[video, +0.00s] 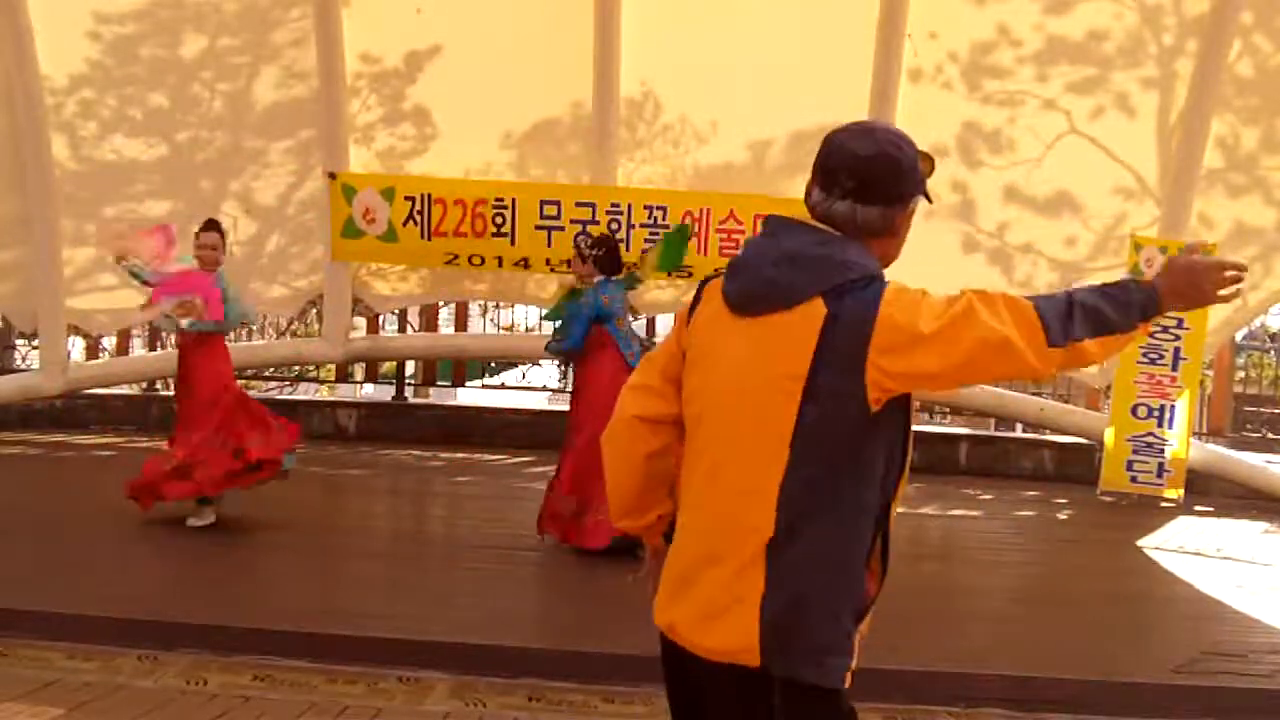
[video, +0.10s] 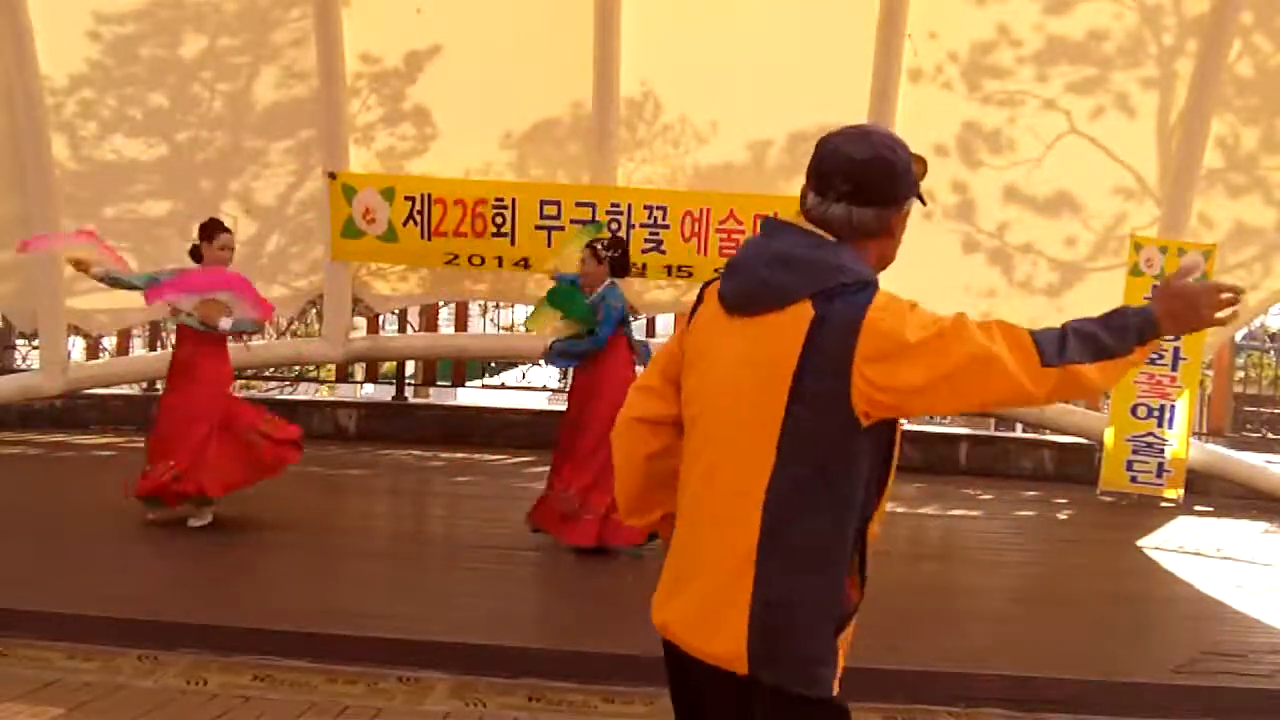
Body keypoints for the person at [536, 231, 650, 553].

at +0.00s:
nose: (573, 264)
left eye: (578, 260)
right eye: (575, 259)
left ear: (593, 263)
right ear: (606, 263)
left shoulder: (588, 296)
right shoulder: (617, 289)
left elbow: (571, 341)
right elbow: (638, 276)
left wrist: (553, 346)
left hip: (599, 376)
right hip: (626, 372)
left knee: (590, 447)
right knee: (615, 445)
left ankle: (592, 526)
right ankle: (616, 525)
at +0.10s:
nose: (581, 267)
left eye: (587, 262)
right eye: (582, 261)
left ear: (605, 267)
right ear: (593, 264)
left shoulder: (612, 296)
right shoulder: (589, 291)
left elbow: (597, 340)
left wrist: (554, 349)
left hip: (612, 378)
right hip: (591, 375)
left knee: (594, 447)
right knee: (585, 446)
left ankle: (597, 527)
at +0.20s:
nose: (589, 268)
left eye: (597, 262)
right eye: (589, 262)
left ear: (617, 266)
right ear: (593, 264)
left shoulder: (623, 303)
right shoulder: (589, 294)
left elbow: (611, 346)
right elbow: (556, 285)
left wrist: (561, 351)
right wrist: (513, 277)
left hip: (614, 381)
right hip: (587, 378)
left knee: (595, 449)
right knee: (576, 446)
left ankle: (597, 527)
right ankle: (567, 522)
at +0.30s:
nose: (605, 264)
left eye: (613, 259)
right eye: (601, 257)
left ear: (625, 265)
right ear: (594, 260)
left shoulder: (630, 303)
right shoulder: (580, 290)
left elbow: (639, 343)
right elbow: (541, 281)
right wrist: (497, 277)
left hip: (616, 383)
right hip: (580, 380)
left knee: (607, 447)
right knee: (570, 444)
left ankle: (608, 520)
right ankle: (562, 519)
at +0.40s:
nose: (626, 265)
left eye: (628, 259)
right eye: (619, 259)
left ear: (629, 262)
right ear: (598, 261)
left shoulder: (632, 295)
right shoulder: (585, 286)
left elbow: (652, 339)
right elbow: (557, 281)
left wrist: (635, 342)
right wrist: (526, 276)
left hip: (615, 369)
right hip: (581, 366)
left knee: (612, 439)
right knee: (573, 437)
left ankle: (607, 517)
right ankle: (563, 519)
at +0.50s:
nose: (629, 267)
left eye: (628, 262)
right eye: (624, 261)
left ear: (613, 265)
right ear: (606, 263)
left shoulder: (622, 299)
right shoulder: (596, 291)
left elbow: (636, 341)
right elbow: (586, 280)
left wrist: (643, 334)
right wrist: (581, 270)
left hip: (614, 379)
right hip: (593, 379)